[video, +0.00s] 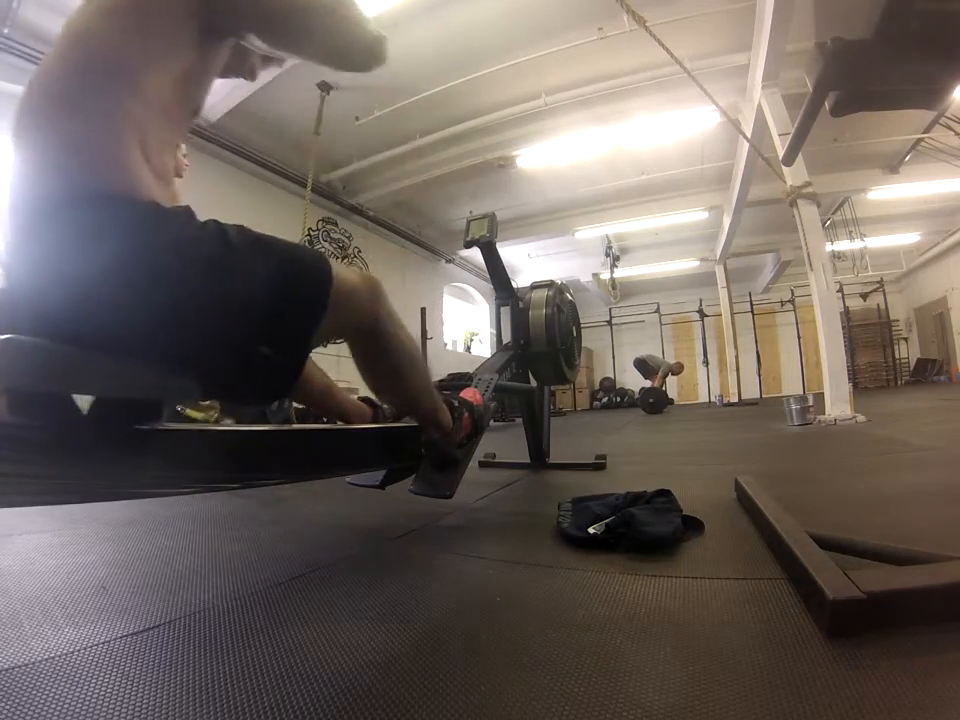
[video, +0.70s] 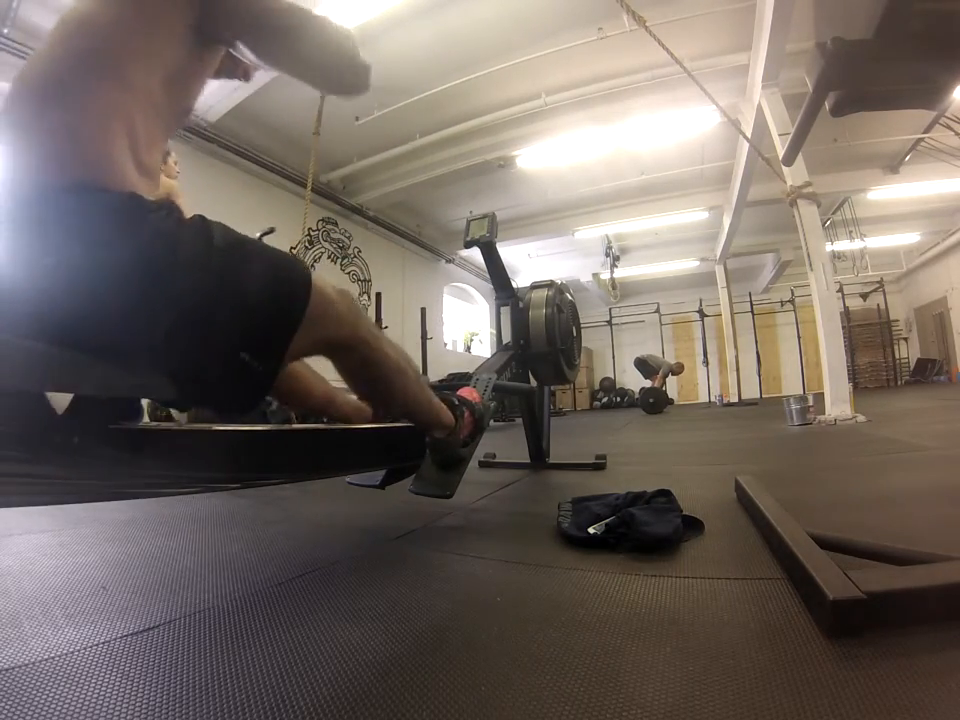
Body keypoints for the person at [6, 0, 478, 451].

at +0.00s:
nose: (262, 74)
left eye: (269, 69)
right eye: (266, 59)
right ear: (250, 18)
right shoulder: (200, 7)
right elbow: (366, 49)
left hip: (41, 259)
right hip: (119, 247)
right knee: (362, 296)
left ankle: (362, 421)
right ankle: (443, 430)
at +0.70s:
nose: (242, 70)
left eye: (241, 67)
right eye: (238, 56)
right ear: (221, 21)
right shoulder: (199, 4)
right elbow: (351, 72)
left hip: (20, 236)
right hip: (104, 231)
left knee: (241, 329)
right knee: (343, 320)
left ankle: (360, 420)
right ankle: (447, 430)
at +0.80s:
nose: (259, 76)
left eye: (259, 67)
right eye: (259, 53)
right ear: (248, 16)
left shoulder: (124, 36)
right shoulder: (225, 8)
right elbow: (364, 100)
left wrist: (238, 76)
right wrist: (345, 56)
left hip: (30, 254)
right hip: (121, 244)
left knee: (257, 336)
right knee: (351, 305)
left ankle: (363, 418)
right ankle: (446, 426)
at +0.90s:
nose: (311, 68)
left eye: (308, 60)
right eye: (310, 54)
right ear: (284, 33)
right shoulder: (255, 20)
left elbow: (209, 224)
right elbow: (379, 142)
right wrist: (334, 74)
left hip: (49, 276)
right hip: (144, 255)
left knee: (258, 321)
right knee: (361, 292)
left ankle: (358, 414)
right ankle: (445, 427)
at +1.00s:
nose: (330, 112)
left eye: (334, 101)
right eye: (334, 96)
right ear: (323, 65)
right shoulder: (289, 56)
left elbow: (252, 246)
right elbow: (400, 190)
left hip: (73, 292)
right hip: (167, 279)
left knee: (267, 307)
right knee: (378, 285)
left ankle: (358, 411)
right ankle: (447, 427)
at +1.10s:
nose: (358, 138)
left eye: (362, 127)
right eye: (360, 122)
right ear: (347, 90)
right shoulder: (330, 92)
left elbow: (289, 242)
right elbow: (423, 222)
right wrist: (434, 261)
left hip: (92, 296)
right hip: (178, 287)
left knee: (280, 312)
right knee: (390, 281)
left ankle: (358, 412)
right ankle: (447, 428)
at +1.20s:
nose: (382, 160)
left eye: (385, 152)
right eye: (384, 146)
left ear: (341, 95)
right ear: (370, 117)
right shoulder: (357, 118)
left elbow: (315, 271)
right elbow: (449, 258)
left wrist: (402, 340)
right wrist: (449, 318)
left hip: (117, 301)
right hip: (197, 290)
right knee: (399, 269)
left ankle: (361, 414)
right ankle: (446, 425)